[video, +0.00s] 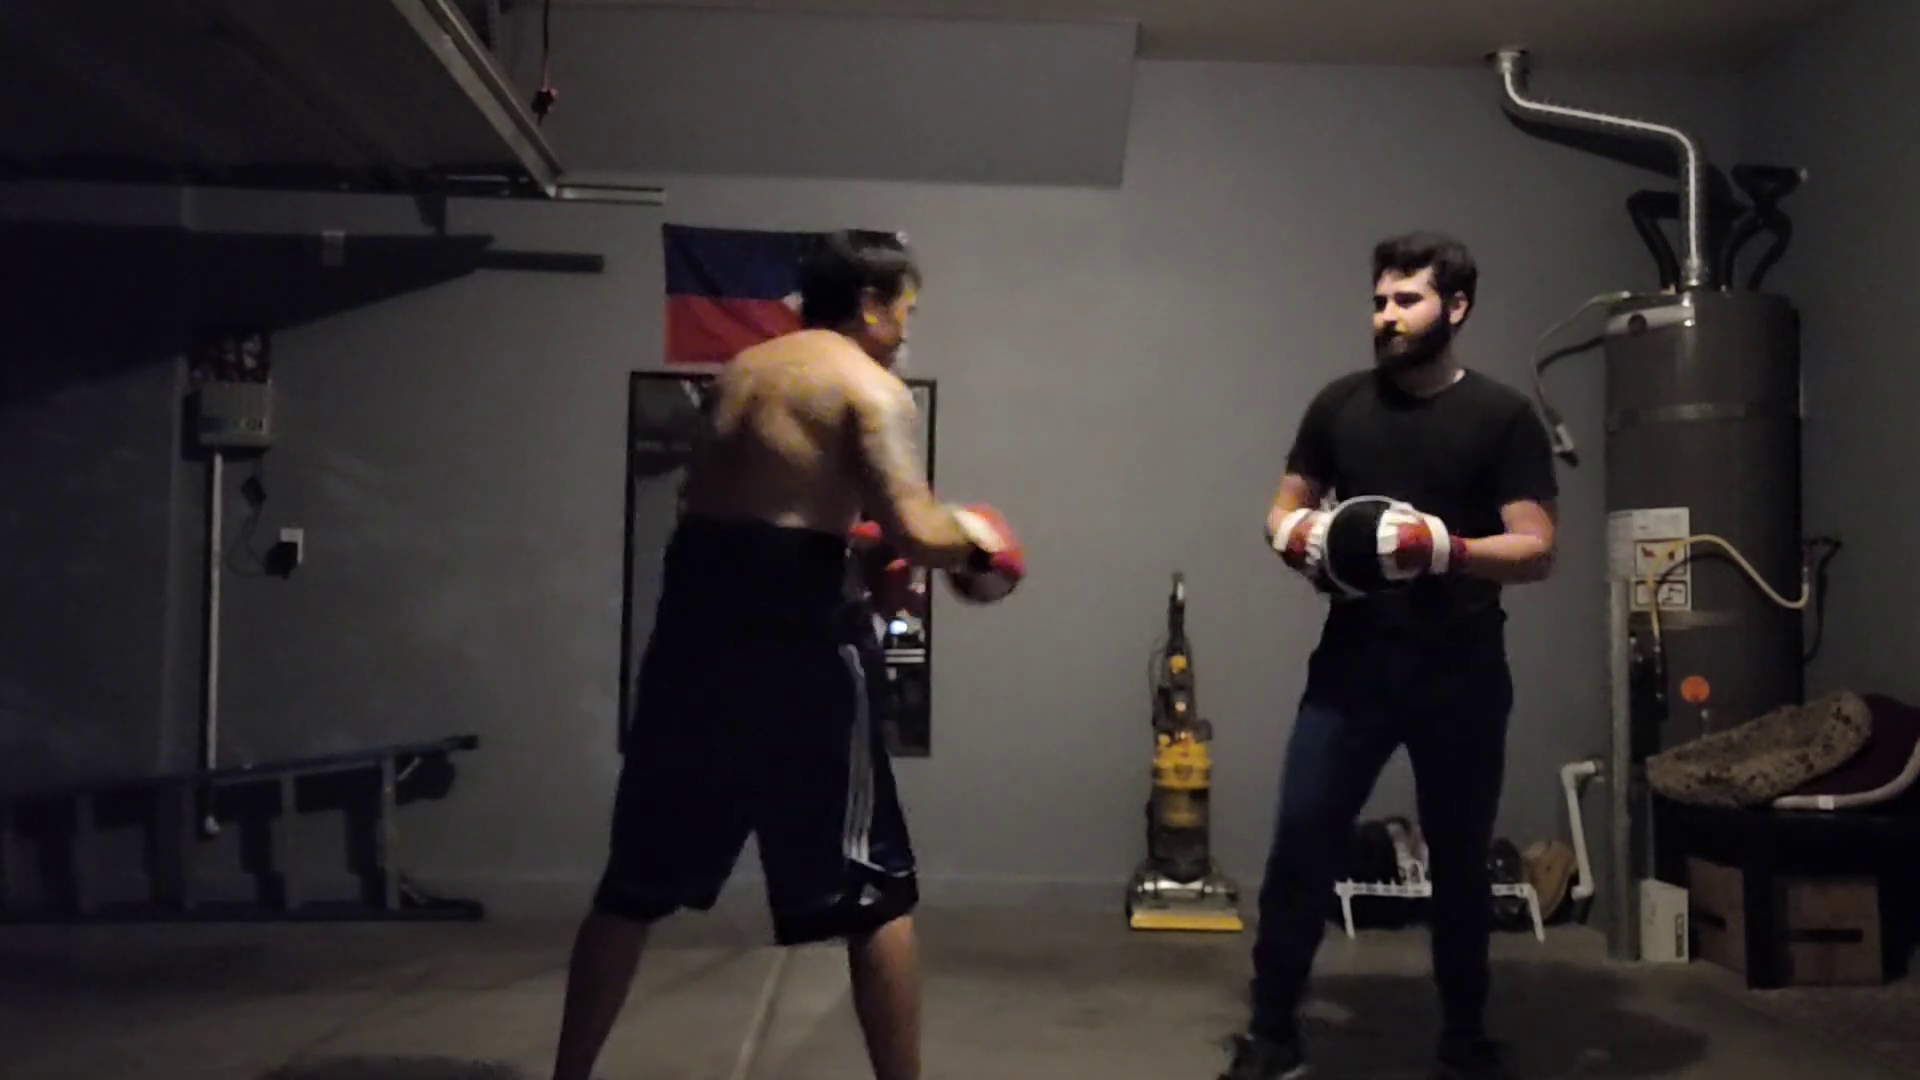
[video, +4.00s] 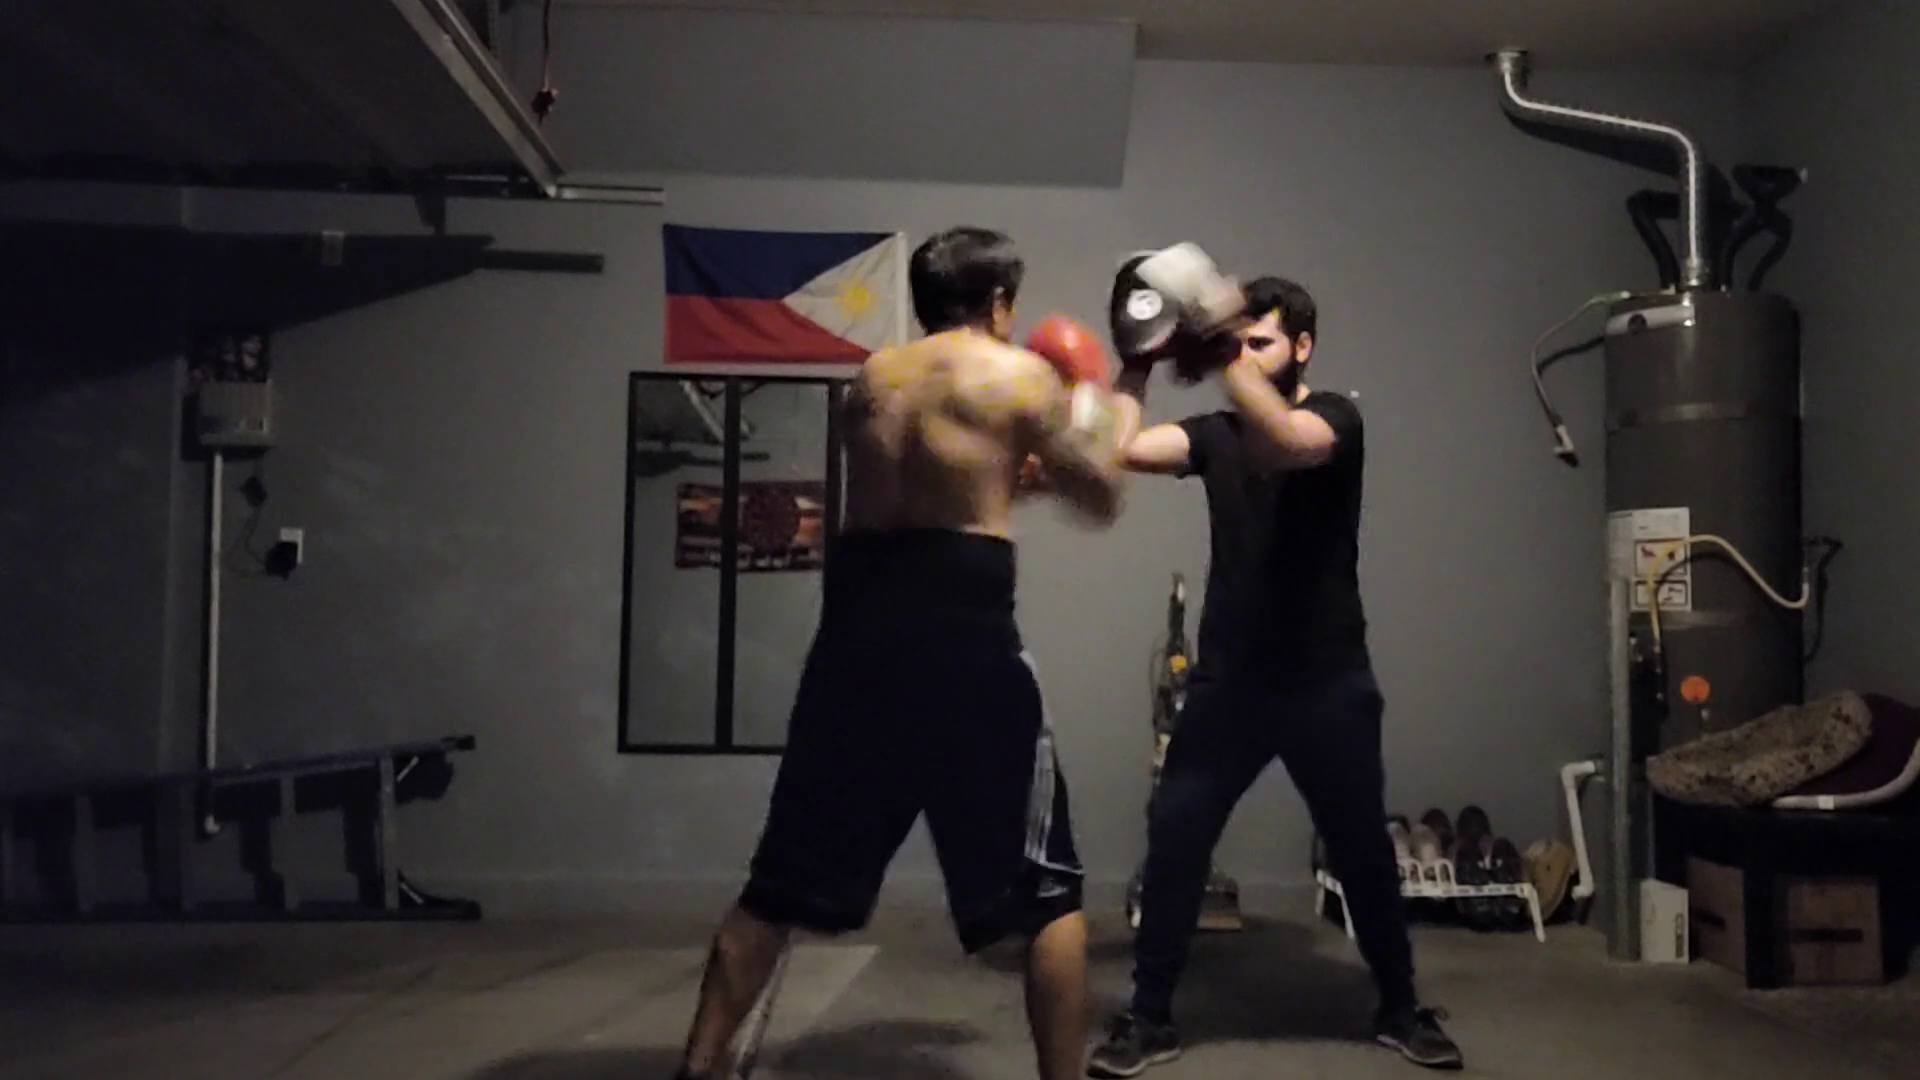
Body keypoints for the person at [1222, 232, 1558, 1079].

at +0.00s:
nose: (1387, 313)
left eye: (1407, 299)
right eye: (1380, 300)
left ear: (1457, 307)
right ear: (1374, 309)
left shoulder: (1504, 414)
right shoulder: (1339, 407)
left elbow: (1535, 543)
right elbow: (1285, 515)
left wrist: (1446, 549)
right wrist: (1302, 540)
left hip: (1460, 671)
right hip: (1354, 663)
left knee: (1459, 864)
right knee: (1299, 842)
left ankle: (1464, 1039)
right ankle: (1273, 1033)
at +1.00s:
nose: (1364, 328)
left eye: (1381, 311)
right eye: (1354, 315)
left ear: (1420, 316)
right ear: (1346, 325)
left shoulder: (1473, 402)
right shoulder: (1337, 407)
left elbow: (1450, 374)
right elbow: (1219, 372)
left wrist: (1426, 282)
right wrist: (1279, 297)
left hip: (1451, 676)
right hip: (1345, 671)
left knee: (1463, 862)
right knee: (1284, 829)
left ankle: (1478, 1032)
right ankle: (1259, 1028)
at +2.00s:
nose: (1317, 345)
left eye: (1333, 330)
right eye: (1304, 332)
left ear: (1365, 335)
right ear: (1290, 340)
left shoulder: (1407, 412)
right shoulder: (1271, 416)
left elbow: (1391, 424)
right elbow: (1156, 411)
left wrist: (1371, 332)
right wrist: (1204, 335)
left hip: (1380, 676)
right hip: (1281, 670)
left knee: (1383, 855)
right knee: (1230, 842)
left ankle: (1396, 1011)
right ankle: (1180, 1016)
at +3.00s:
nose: (1264, 354)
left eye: (1279, 339)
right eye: (1255, 340)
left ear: (1320, 341)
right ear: (1248, 350)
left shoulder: (1374, 415)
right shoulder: (1236, 427)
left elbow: (1366, 445)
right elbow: (1127, 440)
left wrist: (1339, 346)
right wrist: (1157, 359)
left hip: (1350, 679)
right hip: (1251, 677)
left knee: (1370, 853)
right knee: (1201, 845)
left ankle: (1396, 1009)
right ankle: (1149, 1012)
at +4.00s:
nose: (1239, 357)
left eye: (1255, 342)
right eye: (1231, 346)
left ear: (1300, 346)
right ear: (1220, 353)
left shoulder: (1337, 416)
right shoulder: (1216, 431)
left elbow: (1289, 438)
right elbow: (1117, 447)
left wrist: (1232, 362)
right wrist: (1135, 361)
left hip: (1326, 681)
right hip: (1229, 681)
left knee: (1363, 848)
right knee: (1177, 827)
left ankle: (1401, 1009)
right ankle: (1150, 1012)